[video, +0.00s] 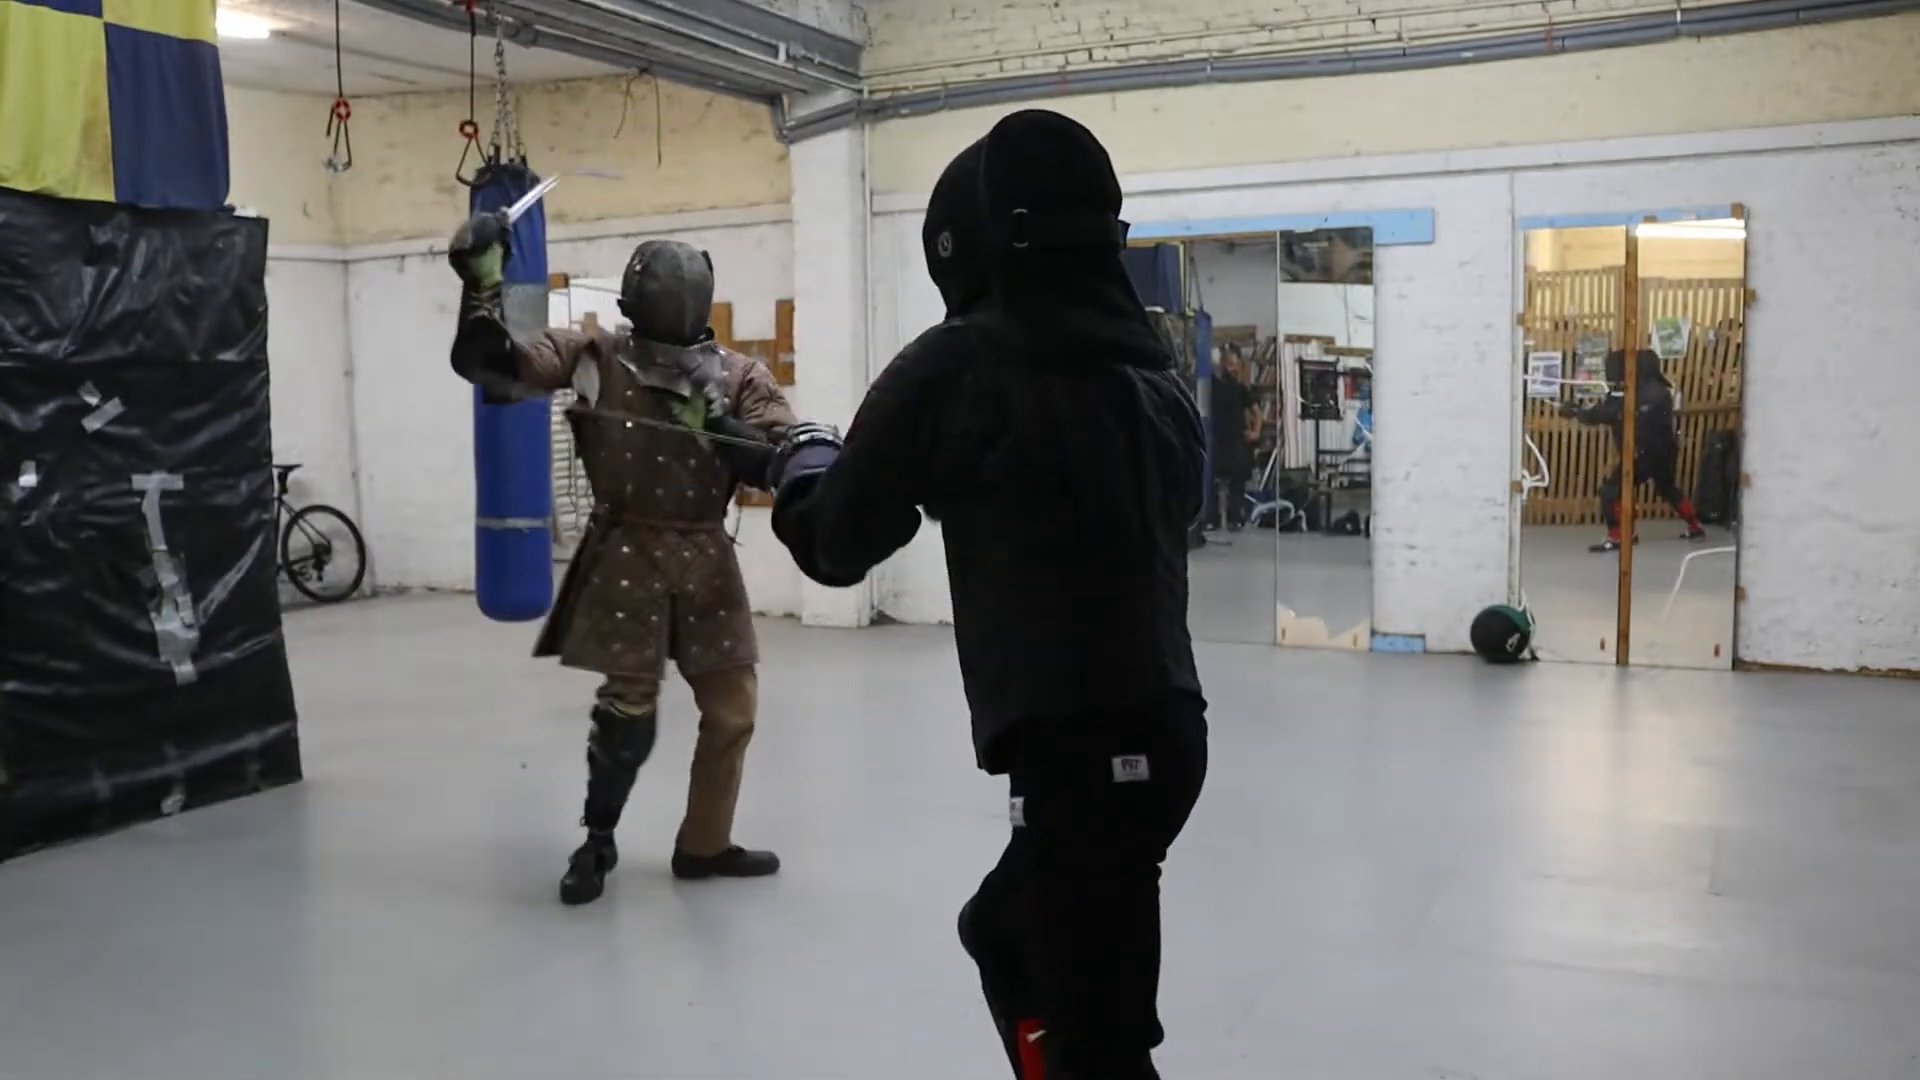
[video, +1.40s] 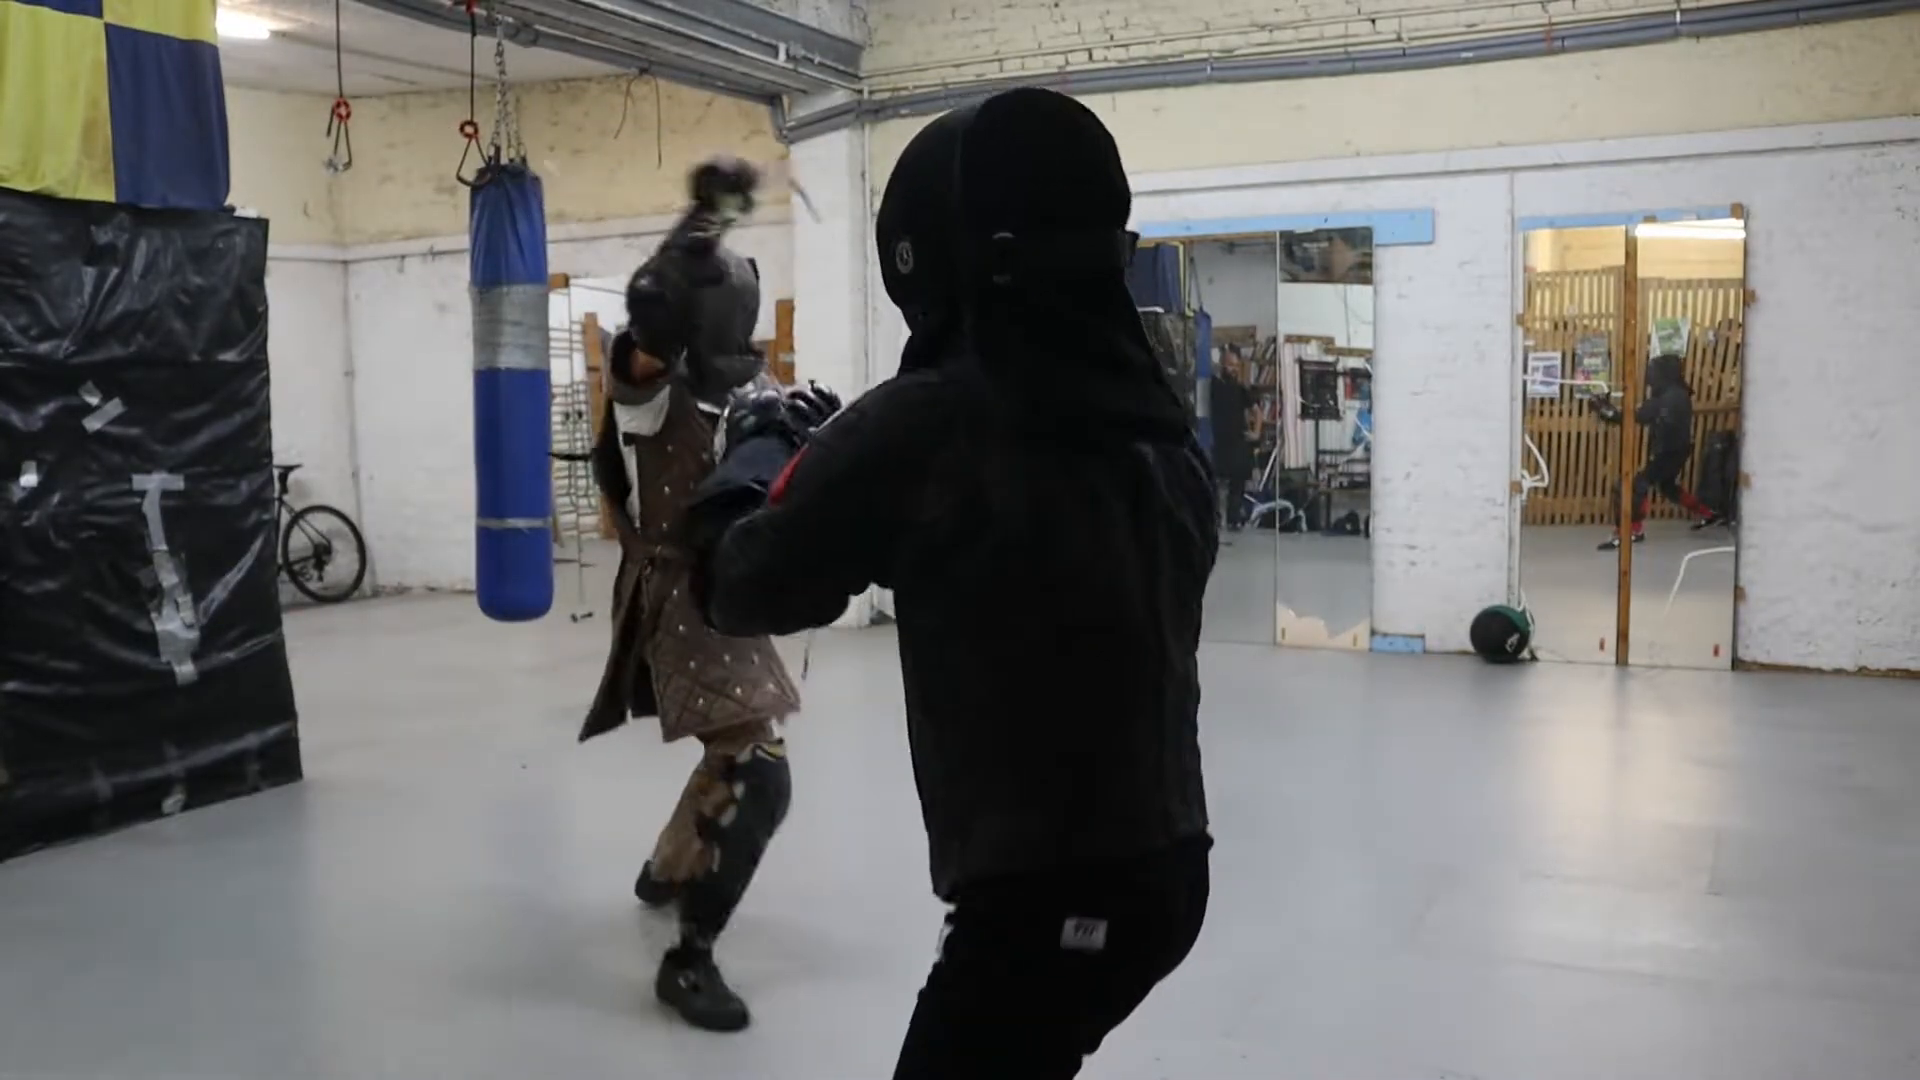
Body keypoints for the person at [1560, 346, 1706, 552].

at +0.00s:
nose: (1610, 377)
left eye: (1613, 371)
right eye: (1610, 371)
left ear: (1626, 372)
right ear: (1649, 368)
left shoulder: (1627, 397)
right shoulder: (1660, 390)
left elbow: (1604, 413)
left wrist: (1577, 412)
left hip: (1641, 455)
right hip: (1664, 450)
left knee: (1610, 489)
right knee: (1668, 488)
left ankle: (1618, 536)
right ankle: (1694, 526)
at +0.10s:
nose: (1610, 378)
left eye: (1613, 374)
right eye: (1610, 374)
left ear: (1625, 374)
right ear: (1651, 368)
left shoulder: (1623, 397)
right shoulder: (1661, 392)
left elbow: (1597, 417)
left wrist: (1579, 410)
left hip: (1639, 456)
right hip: (1663, 452)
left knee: (1610, 489)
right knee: (1668, 488)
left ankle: (1618, 536)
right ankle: (1694, 523)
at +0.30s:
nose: (1626, 378)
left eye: (1632, 373)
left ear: (1640, 371)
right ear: (1659, 369)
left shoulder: (1636, 397)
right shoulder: (1669, 391)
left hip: (1645, 452)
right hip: (1664, 449)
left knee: (1614, 491)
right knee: (1662, 487)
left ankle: (1618, 536)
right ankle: (1692, 520)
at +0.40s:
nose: (1637, 375)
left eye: (1641, 370)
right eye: (1639, 370)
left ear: (1647, 371)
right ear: (1662, 370)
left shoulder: (1650, 392)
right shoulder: (1670, 389)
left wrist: (1641, 431)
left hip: (1653, 447)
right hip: (1668, 445)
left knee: (1622, 487)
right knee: (1664, 488)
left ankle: (1619, 535)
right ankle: (1696, 524)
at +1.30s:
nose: (1647, 378)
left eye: (1650, 373)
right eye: (1648, 372)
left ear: (1660, 374)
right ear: (1672, 372)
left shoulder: (1667, 395)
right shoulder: (1678, 391)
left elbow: (1651, 426)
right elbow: (1651, 423)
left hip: (1669, 449)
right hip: (1676, 447)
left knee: (1641, 482)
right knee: (1666, 486)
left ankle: (1634, 529)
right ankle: (1701, 514)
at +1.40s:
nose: (1648, 376)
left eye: (1652, 371)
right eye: (1649, 371)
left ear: (1662, 374)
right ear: (1673, 374)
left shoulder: (1666, 397)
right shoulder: (1679, 394)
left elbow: (1642, 416)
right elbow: (1645, 415)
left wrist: (1613, 413)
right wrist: (1617, 413)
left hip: (1667, 451)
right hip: (1678, 449)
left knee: (1639, 484)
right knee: (1667, 486)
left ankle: (1632, 530)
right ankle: (1705, 513)